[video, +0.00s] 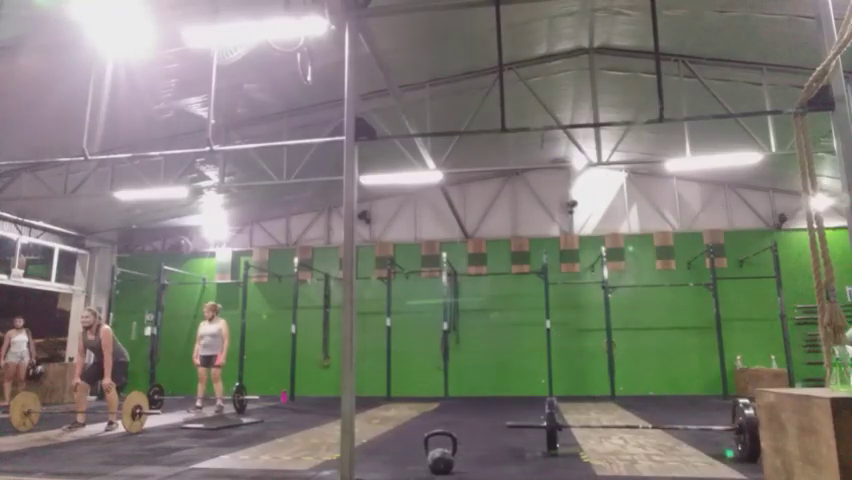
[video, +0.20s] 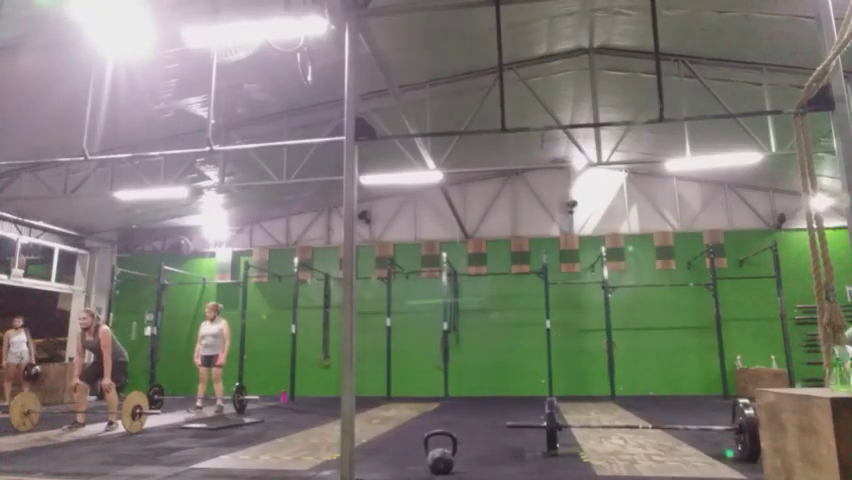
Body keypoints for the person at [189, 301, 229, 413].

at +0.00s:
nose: (206, 314)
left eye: (208, 311)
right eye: (205, 311)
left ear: (214, 312)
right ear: (204, 312)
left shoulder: (221, 323)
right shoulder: (202, 324)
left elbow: (226, 340)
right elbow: (198, 341)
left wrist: (223, 356)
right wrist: (195, 355)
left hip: (216, 353)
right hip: (203, 353)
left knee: (215, 377)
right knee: (201, 378)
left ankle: (219, 401)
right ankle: (199, 401)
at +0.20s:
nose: (207, 314)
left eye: (209, 312)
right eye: (206, 312)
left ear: (215, 312)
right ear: (206, 312)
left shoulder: (223, 323)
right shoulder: (203, 324)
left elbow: (227, 340)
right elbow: (199, 341)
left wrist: (224, 355)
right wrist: (196, 356)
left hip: (217, 353)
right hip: (204, 353)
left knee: (216, 378)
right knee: (202, 378)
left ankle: (219, 402)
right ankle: (199, 402)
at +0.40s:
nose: (207, 313)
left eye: (209, 311)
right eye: (206, 311)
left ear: (215, 312)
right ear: (206, 312)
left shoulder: (223, 323)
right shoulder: (204, 324)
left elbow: (227, 340)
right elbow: (199, 341)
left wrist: (223, 355)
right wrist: (197, 355)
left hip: (217, 353)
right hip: (204, 353)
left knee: (216, 378)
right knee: (202, 378)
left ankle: (219, 402)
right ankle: (199, 401)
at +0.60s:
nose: (207, 314)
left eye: (209, 311)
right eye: (206, 311)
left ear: (215, 312)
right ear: (206, 312)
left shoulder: (223, 323)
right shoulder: (204, 324)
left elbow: (227, 340)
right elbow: (199, 341)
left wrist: (223, 355)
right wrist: (197, 355)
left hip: (217, 353)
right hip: (204, 353)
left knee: (216, 378)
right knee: (202, 378)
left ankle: (219, 402)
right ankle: (199, 401)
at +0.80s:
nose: (202, 329)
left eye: (203, 326)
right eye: (200, 327)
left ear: (207, 324)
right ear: (198, 326)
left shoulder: (217, 330)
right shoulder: (197, 332)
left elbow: (223, 346)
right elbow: (193, 350)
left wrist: (223, 362)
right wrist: (191, 367)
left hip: (217, 356)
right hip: (204, 356)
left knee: (217, 377)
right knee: (200, 375)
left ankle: (220, 401)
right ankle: (199, 400)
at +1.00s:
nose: (196, 352)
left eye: (197, 349)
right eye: (194, 350)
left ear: (203, 348)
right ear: (192, 350)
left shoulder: (211, 352)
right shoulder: (192, 354)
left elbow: (216, 370)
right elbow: (187, 371)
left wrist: (216, 391)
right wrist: (180, 390)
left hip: (220, 364)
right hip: (204, 366)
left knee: (217, 378)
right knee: (193, 377)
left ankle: (219, 403)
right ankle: (197, 404)